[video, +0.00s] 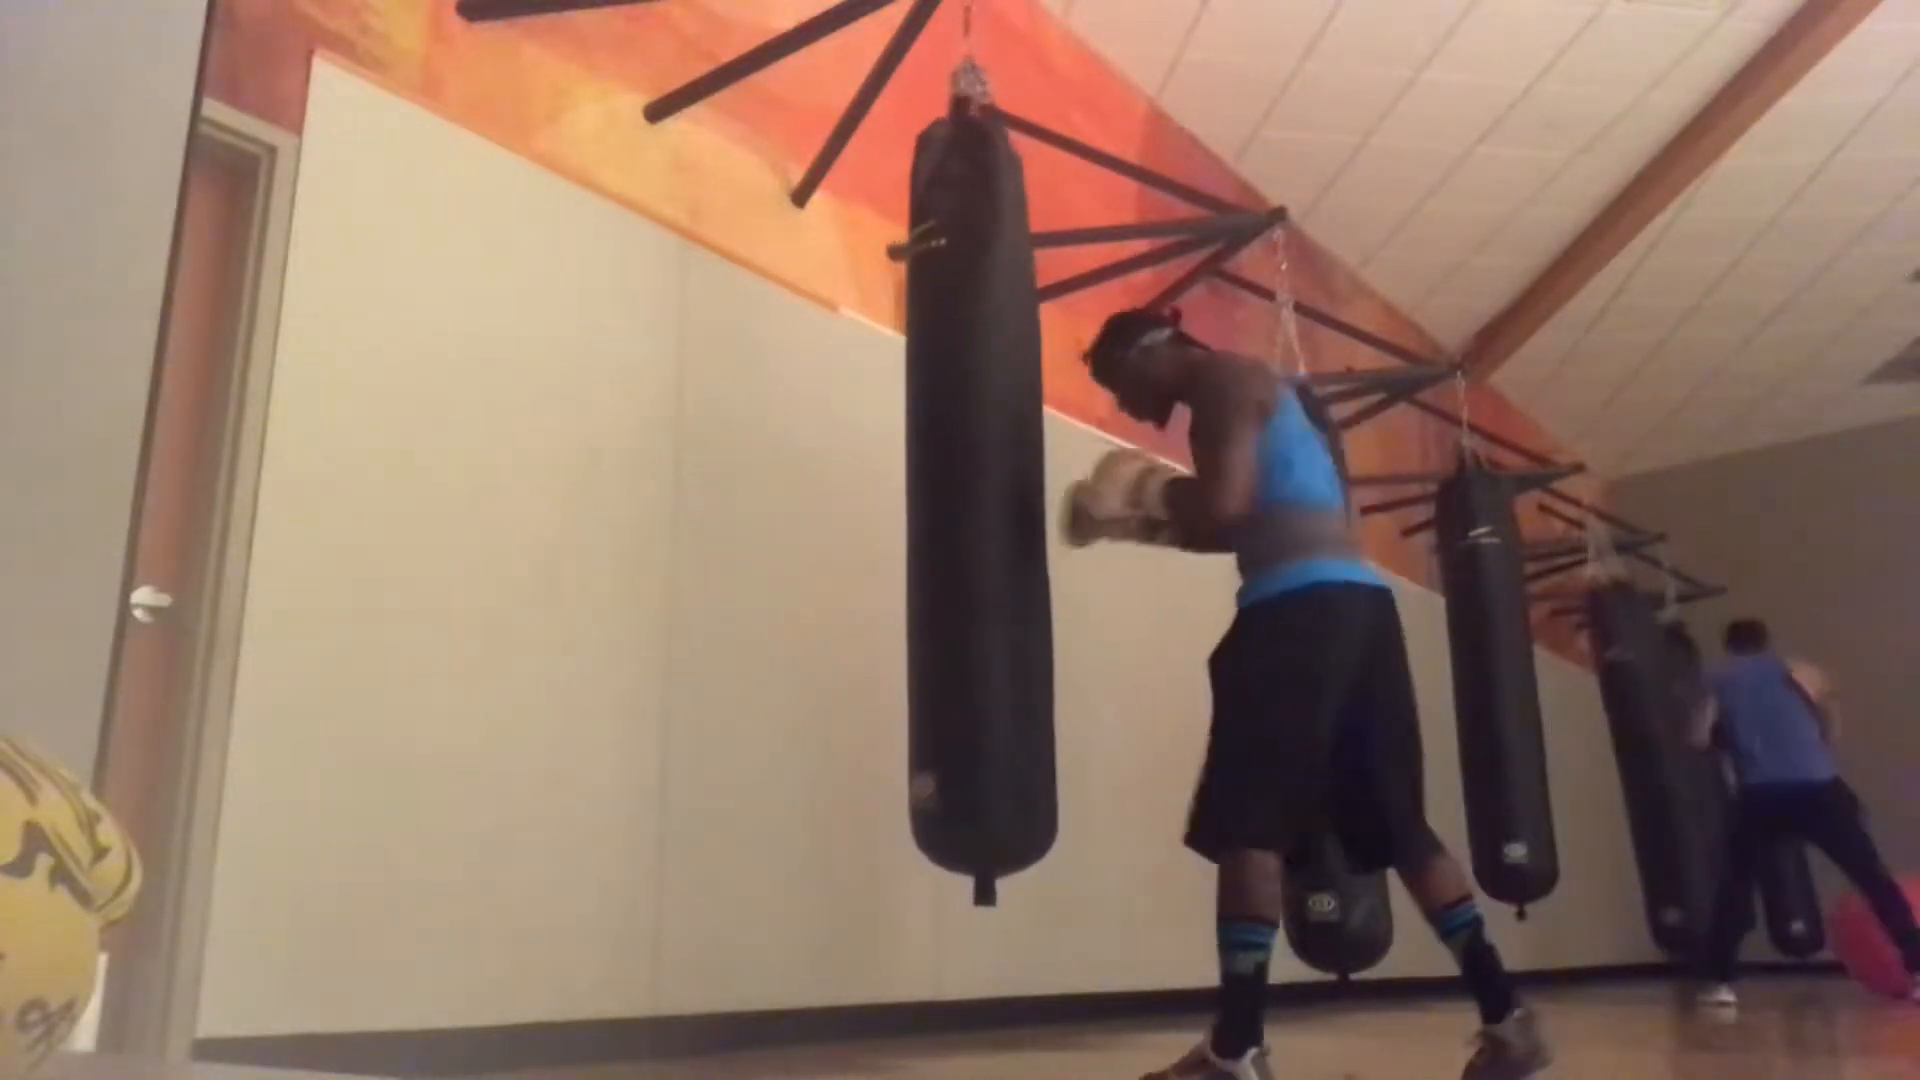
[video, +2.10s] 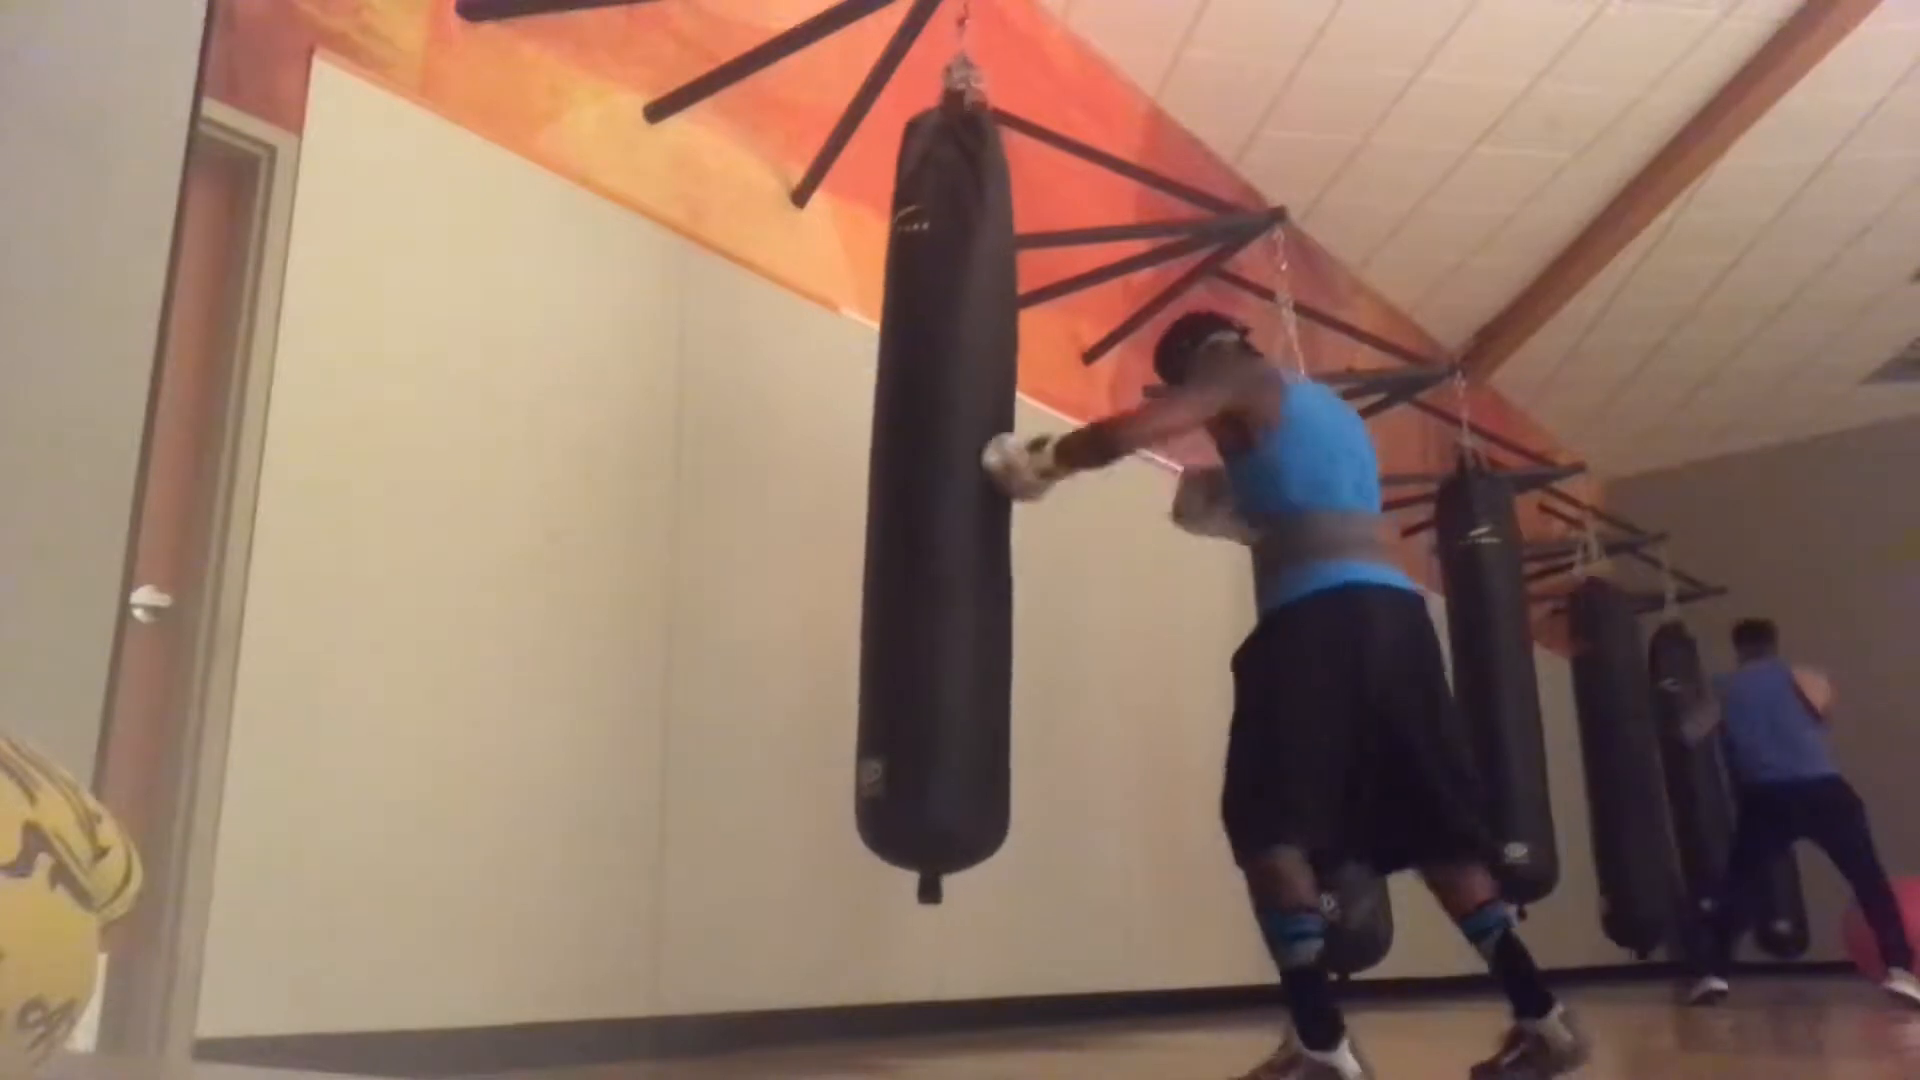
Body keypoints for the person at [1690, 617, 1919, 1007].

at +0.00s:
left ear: (1728, 648)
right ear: (1766, 643)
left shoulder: (1720, 681)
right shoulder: (1793, 668)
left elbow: (1699, 738)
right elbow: (1824, 703)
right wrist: (1826, 742)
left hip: (1761, 797)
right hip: (1820, 790)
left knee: (1736, 884)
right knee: (1872, 877)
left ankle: (1720, 979)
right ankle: (1916, 963)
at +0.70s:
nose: (1698, 671)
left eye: (1697, 665)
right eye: (1698, 664)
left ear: (1704, 663)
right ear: (1731, 654)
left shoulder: (1718, 692)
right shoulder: (1780, 679)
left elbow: (1706, 751)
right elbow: (1808, 715)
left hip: (1761, 804)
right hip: (1816, 797)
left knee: (1732, 888)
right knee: (1855, 881)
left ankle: (1719, 979)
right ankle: (1903, 955)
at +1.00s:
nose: (1724, 669)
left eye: (1722, 664)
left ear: (1722, 664)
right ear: (1756, 657)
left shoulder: (1727, 698)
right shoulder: (1788, 683)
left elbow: (1709, 752)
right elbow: (1813, 714)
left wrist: (1718, 711)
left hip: (1764, 810)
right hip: (1819, 804)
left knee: (1726, 891)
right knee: (1862, 886)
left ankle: (1718, 980)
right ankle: (1906, 963)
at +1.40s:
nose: (1734, 663)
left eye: (1733, 658)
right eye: (1737, 657)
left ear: (1735, 656)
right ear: (1770, 650)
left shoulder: (1737, 688)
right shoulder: (1801, 679)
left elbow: (1706, 738)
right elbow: (1822, 712)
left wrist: (1728, 727)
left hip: (1769, 802)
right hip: (1824, 798)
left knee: (1735, 882)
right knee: (1867, 884)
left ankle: (1721, 964)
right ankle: (1911, 965)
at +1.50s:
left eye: (1721, 650)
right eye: (1734, 645)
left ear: (1715, 652)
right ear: (1749, 643)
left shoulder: (1714, 690)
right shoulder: (1776, 668)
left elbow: (1671, 723)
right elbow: (1807, 695)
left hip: (1762, 794)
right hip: (1815, 785)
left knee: (1735, 878)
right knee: (1863, 873)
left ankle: (1712, 968)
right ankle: (1906, 960)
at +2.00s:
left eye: (1727, 649)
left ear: (1720, 651)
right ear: (1755, 645)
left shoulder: (1712, 686)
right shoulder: (1781, 672)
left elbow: (1667, 701)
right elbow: (1806, 695)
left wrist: (1634, 702)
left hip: (1763, 792)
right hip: (1817, 783)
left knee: (1738, 878)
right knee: (1863, 867)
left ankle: (1715, 970)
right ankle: (1894, 955)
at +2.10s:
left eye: (1747, 648)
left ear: (1738, 651)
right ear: (1774, 646)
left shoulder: (1725, 689)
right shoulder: (1799, 677)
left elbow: (1691, 733)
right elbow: (1823, 707)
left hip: (1766, 800)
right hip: (1824, 794)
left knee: (1740, 884)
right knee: (1867, 878)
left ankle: (1715, 973)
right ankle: (1899, 967)